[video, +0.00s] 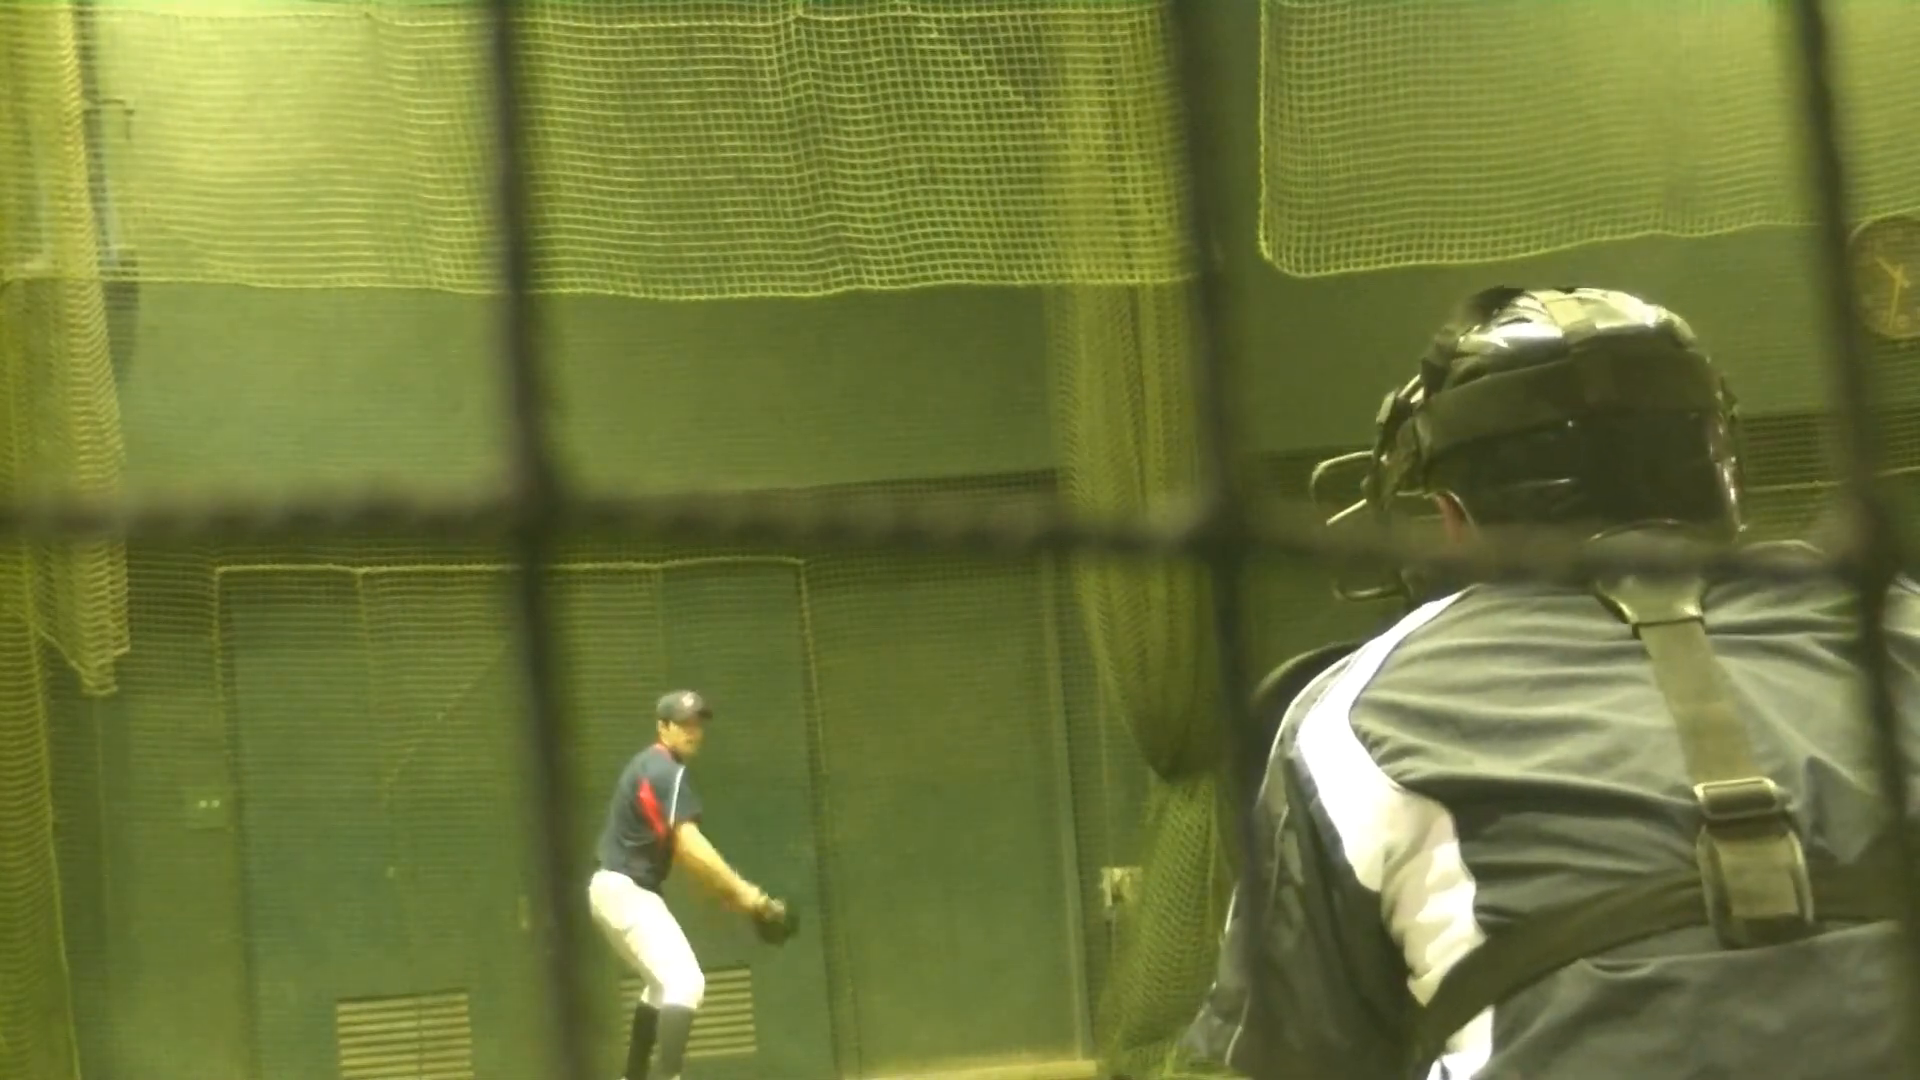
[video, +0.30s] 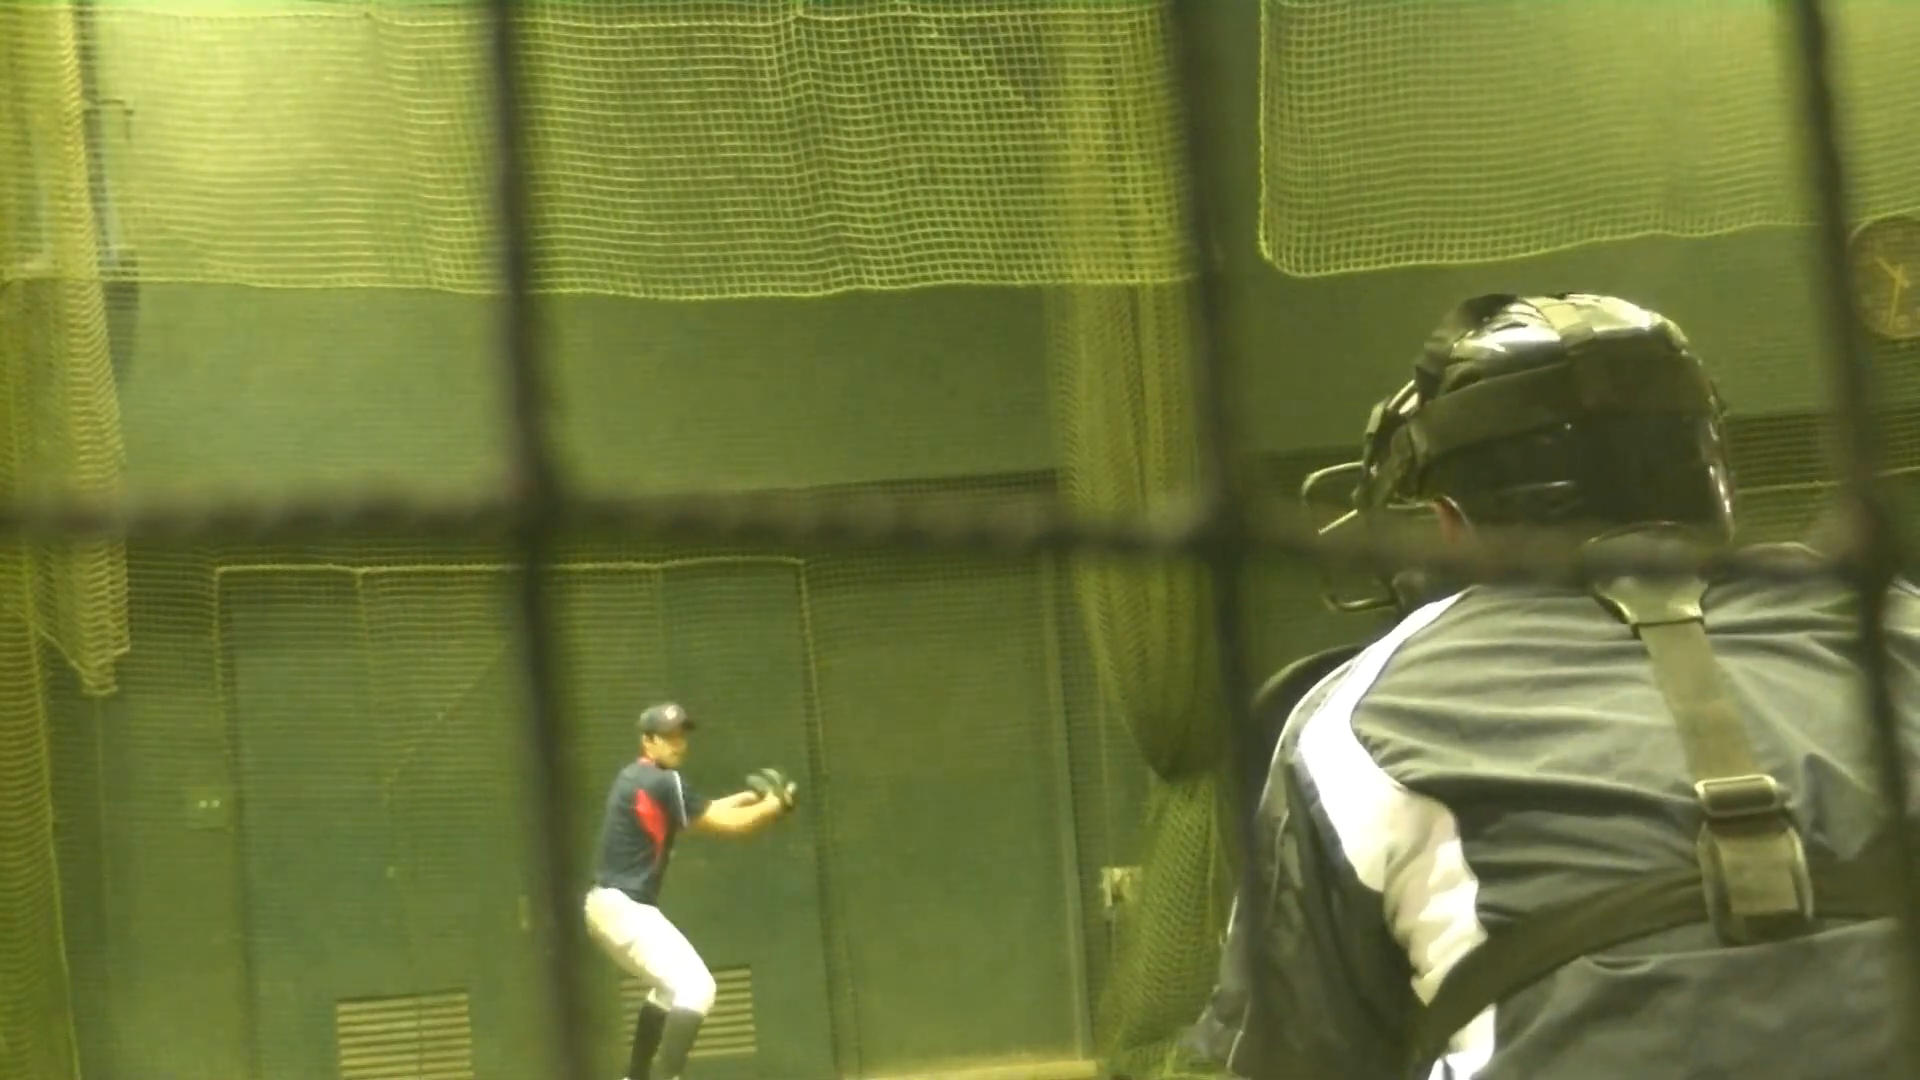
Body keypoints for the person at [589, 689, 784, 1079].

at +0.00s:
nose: (696, 734)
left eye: (699, 726)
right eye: (688, 726)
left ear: (702, 727)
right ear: (664, 727)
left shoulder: (649, 764)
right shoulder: (666, 769)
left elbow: (681, 846)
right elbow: (689, 842)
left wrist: (723, 887)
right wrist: (745, 892)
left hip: (613, 886)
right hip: (628, 888)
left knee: (661, 982)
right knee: (684, 983)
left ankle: (635, 1073)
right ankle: (668, 1072)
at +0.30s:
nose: (680, 744)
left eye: (682, 736)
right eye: (670, 737)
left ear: (683, 737)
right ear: (648, 741)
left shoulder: (637, 775)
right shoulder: (661, 782)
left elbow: (706, 811)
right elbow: (730, 827)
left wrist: (754, 793)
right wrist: (776, 805)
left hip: (608, 904)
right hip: (623, 905)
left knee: (671, 984)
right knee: (696, 987)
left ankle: (638, 1074)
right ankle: (668, 1073)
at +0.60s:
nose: (682, 743)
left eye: (684, 734)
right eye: (674, 735)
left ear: (684, 734)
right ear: (650, 738)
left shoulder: (638, 772)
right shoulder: (659, 778)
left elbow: (693, 806)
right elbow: (733, 808)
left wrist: (721, 769)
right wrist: (747, 762)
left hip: (605, 901)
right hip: (622, 903)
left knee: (668, 986)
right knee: (695, 986)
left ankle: (635, 1072)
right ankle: (666, 1072)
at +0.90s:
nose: (683, 751)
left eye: (686, 742)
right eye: (675, 743)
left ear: (689, 743)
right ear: (651, 745)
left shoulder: (636, 780)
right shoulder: (660, 787)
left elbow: (694, 806)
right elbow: (724, 830)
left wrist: (718, 769)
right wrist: (742, 777)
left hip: (604, 906)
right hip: (621, 909)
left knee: (674, 985)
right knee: (696, 988)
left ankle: (638, 1071)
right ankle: (667, 1073)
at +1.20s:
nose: (690, 752)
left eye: (692, 744)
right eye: (681, 744)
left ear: (694, 744)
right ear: (657, 746)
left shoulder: (637, 781)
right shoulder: (667, 788)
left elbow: (686, 819)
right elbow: (726, 836)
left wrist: (719, 787)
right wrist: (749, 789)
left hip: (601, 905)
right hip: (624, 909)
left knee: (663, 982)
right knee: (700, 987)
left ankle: (635, 1072)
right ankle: (668, 1072)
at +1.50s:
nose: (690, 743)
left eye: (692, 735)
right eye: (681, 736)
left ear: (694, 737)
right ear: (658, 739)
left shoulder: (643, 775)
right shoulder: (662, 780)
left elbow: (686, 815)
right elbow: (724, 826)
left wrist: (716, 787)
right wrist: (747, 784)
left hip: (607, 897)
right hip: (621, 901)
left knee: (671, 978)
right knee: (693, 985)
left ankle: (637, 1069)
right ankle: (665, 1073)